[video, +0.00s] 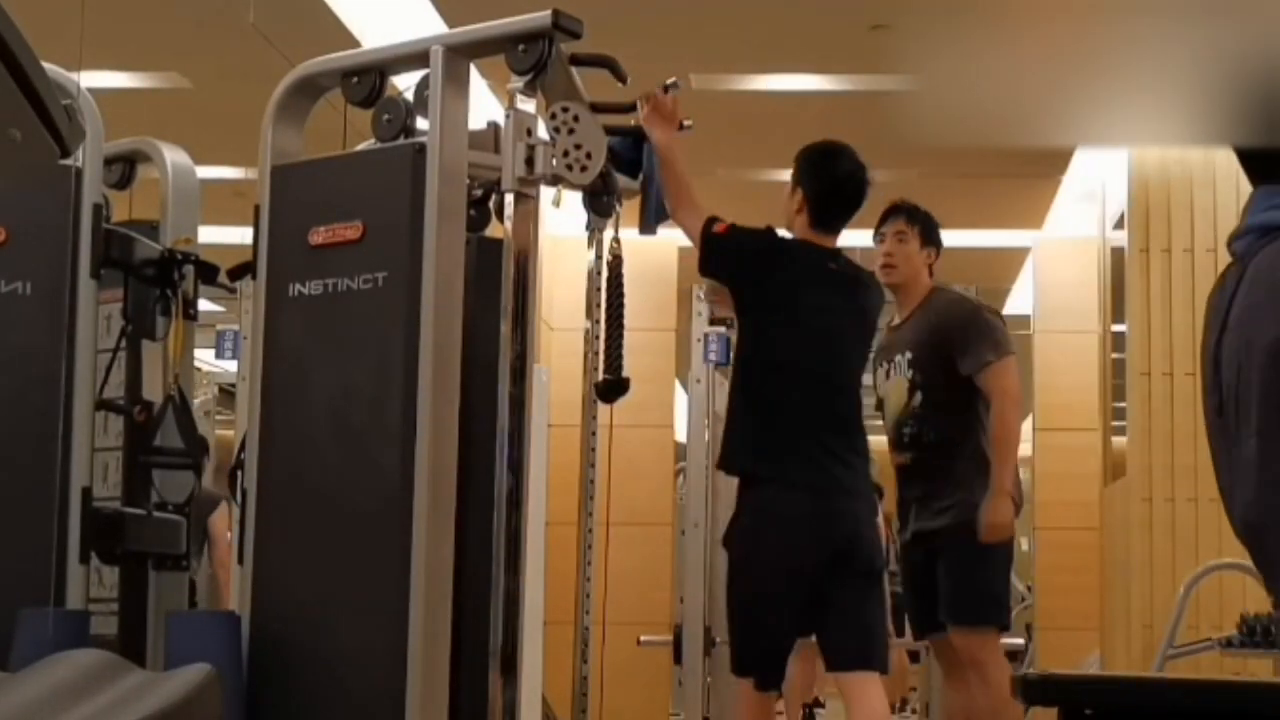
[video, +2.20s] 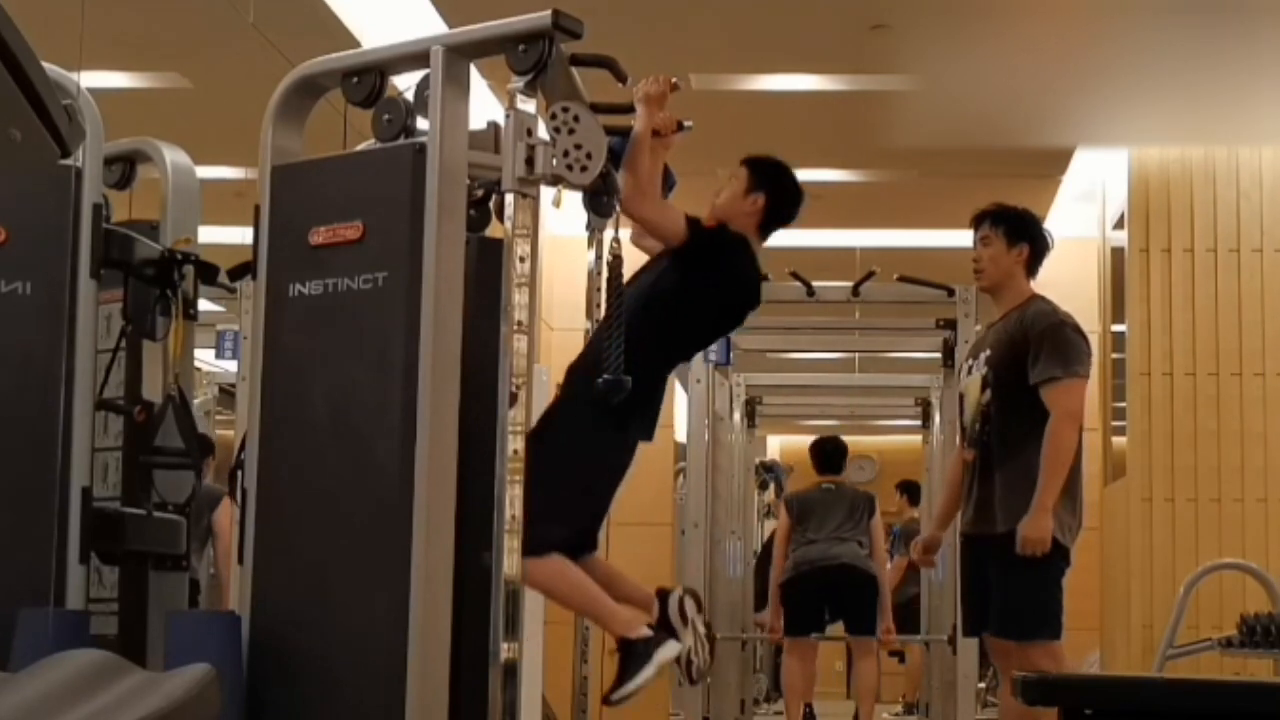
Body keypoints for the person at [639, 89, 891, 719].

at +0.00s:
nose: (786, 197)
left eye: (790, 188)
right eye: (792, 188)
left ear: (798, 199)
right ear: (853, 210)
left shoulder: (763, 258)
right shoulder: (865, 290)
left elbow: (687, 212)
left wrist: (663, 140)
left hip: (773, 498)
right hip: (850, 504)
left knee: (758, 681)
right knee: (862, 676)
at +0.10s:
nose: (771, 201)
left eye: (777, 192)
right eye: (778, 192)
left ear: (786, 204)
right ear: (835, 216)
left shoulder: (751, 260)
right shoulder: (844, 291)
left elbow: (678, 204)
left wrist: (657, 124)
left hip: (751, 493)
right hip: (826, 497)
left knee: (741, 677)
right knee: (846, 676)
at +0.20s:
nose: (760, 201)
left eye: (766, 192)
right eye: (767, 192)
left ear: (776, 206)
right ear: (820, 218)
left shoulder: (742, 257)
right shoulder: (825, 288)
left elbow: (675, 201)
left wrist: (649, 117)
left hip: (738, 485)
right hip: (805, 488)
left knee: (734, 668)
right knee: (818, 664)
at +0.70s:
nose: (723, 216)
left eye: (733, 209)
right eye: (730, 207)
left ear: (752, 226)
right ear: (767, 235)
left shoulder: (732, 282)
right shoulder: (743, 285)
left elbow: (664, 209)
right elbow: (661, 213)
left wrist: (647, 120)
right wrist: (656, 129)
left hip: (709, 498)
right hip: (736, 496)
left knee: (686, 667)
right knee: (728, 665)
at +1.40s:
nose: (668, 257)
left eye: (681, 252)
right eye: (677, 250)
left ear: (696, 275)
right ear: (705, 285)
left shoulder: (672, 319)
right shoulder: (676, 326)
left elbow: (645, 206)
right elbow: (650, 214)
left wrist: (648, 126)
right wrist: (655, 136)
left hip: (645, 540)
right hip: (652, 537)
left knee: (634, 694)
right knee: (664, 688)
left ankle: (771, 719)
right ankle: (773, 719)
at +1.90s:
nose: (698, 242)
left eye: (711, 239)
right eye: (708, 236)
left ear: (727, 264)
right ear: (729, 268)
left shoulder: (689, 307)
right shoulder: (688, 307)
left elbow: (639, 212)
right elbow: (647, 217)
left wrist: (646, 125)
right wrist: (656, 137)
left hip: (589, 486)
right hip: (600, 485)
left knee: (546, 649)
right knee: (600, 629)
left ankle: (683, 710)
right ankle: (701, 657)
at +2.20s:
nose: (718, 189)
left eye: (732, 183)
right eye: (727, 181)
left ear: (755, 203)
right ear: (760, 212)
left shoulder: (720, 250)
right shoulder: (737, 272)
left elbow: (638, 201)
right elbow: (642, 231)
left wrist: (645, 125)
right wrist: (652, 149)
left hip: (595, 404)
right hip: (620, 411)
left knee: (535, 556)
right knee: (572, 553)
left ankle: (634, 637)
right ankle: (659, 608)